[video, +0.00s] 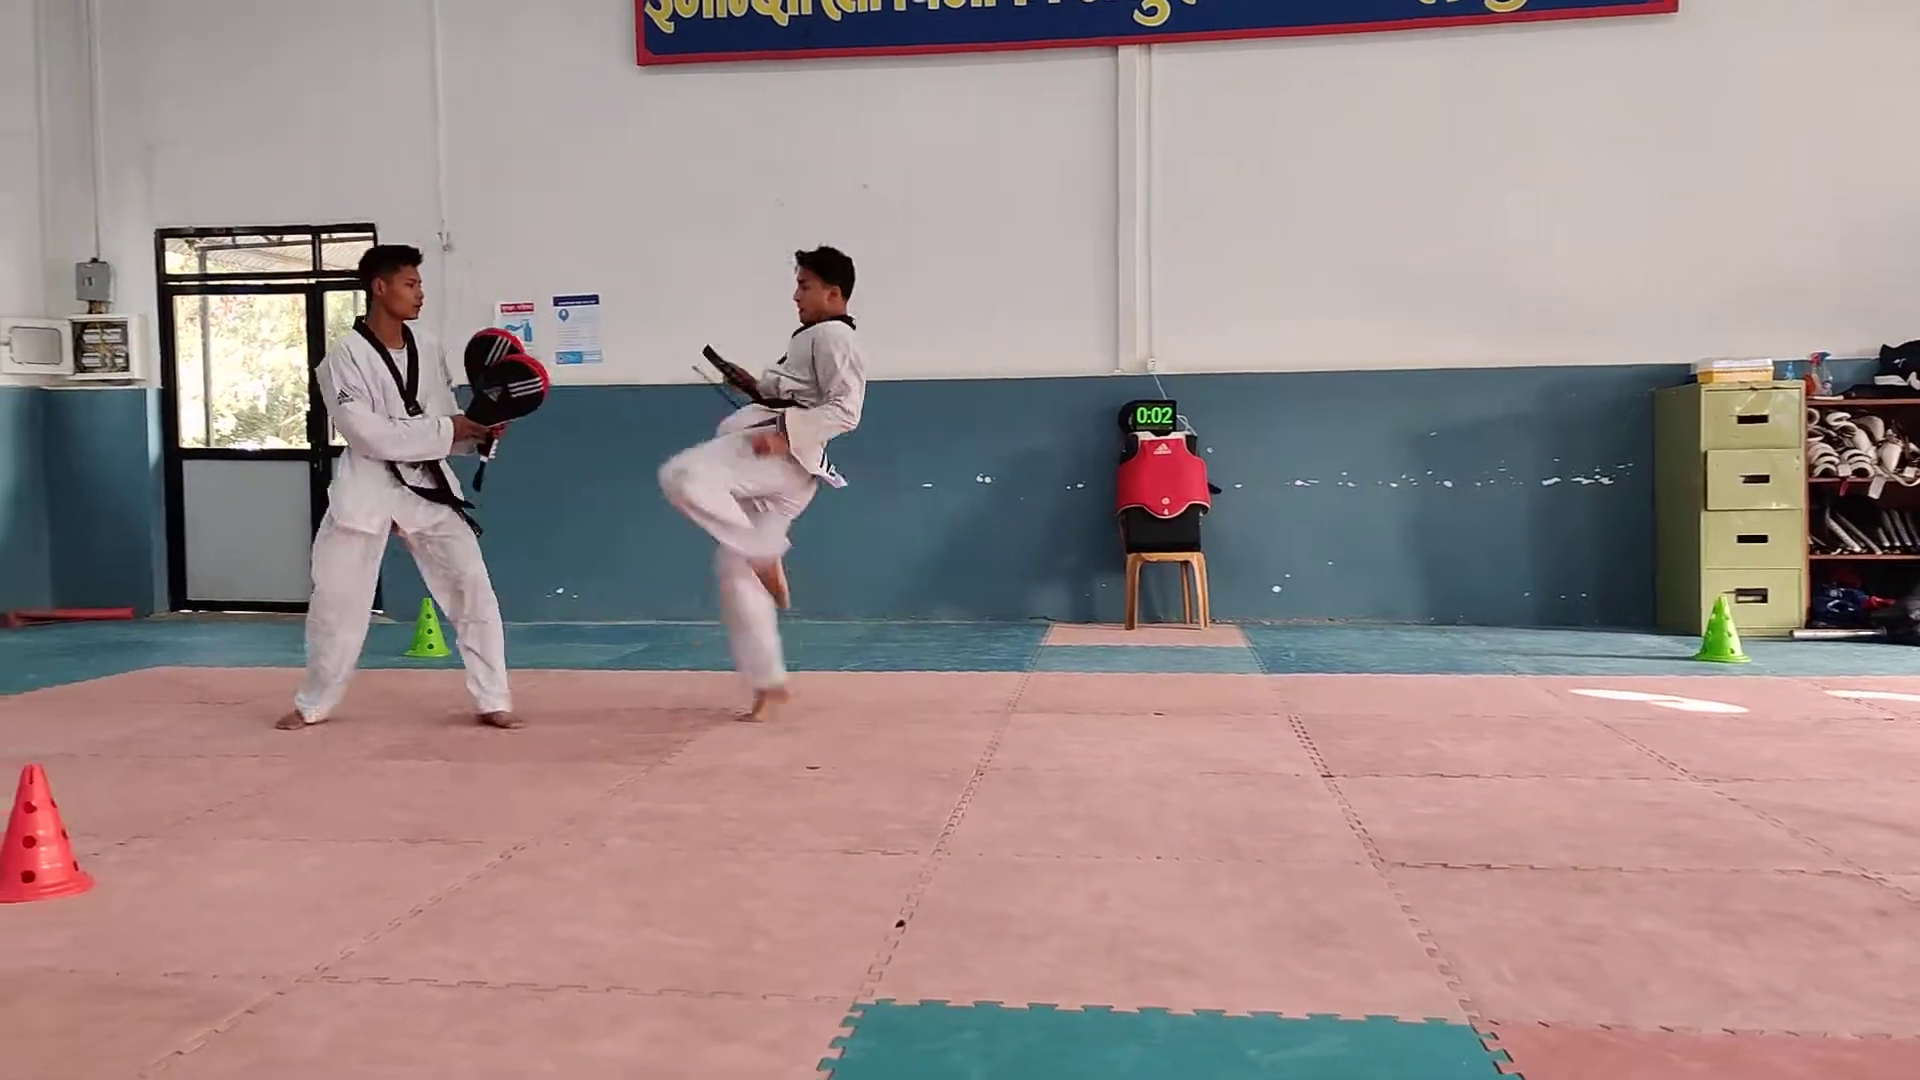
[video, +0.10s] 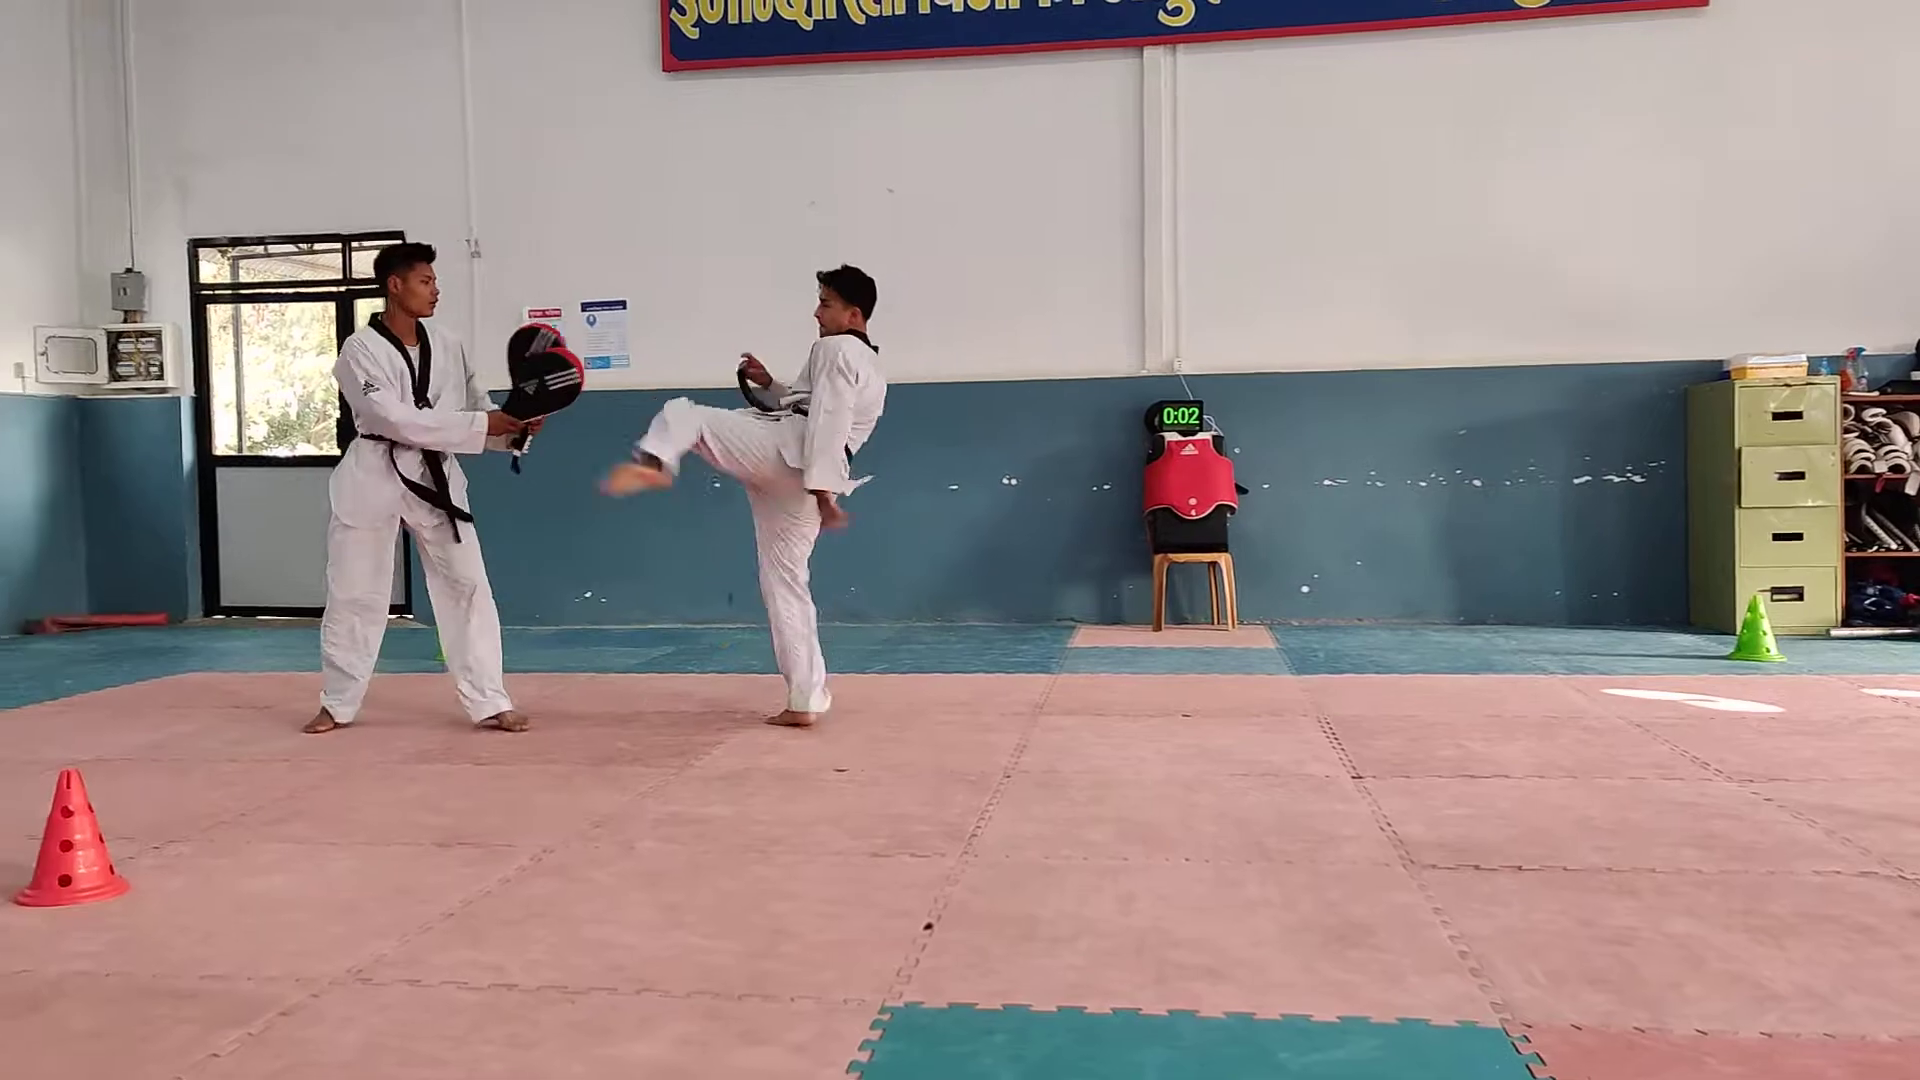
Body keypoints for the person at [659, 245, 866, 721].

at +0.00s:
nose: (797, 294)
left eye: (805, 286)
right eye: (797, 285)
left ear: (835, 292)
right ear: (827, 292)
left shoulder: (832, 336)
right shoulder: (813, 337)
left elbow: (846, 412)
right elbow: (796, 397)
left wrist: (787, 436)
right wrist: (755, 386)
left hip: (780, 454)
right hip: (789, 470)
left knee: (683, 477)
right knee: (738, 568)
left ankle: (762, 553)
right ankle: (769, 681)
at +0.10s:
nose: (817, 311)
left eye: (826, 303)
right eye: (820, 301)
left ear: (853, 312)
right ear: (857, 313)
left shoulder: (837, 349)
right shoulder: (864, 363)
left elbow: (831, 417)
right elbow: (804, 411)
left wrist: (823, 485)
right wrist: (766, 388)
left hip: (787, 447)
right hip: (808, 478)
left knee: (685, 412)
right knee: (785, 583)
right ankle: (805, 698)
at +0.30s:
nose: (842, 311)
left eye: (850, 304)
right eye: (845, 302)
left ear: (876, 313)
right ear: (879, 315)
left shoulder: (857, 346)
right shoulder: (897, 374)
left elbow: (855, 407)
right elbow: (825, 414)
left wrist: (833, 467)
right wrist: (787, 380)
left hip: (807, 451)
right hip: (841, 483)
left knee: (701, 461)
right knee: (803, 594)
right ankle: (796, 701)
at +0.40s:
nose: (838, 313)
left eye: (846, 306)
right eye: (840, 304)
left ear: (872, 315)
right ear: (878, 318)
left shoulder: (852, 350)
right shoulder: (902, 378)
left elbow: (866, 403)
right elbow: (861, 429)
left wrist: (817, 461)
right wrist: (806, 417)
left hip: (815, 470)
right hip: (861, 491)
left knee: (730, 544)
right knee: (820, 599)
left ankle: (716, 644)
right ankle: (810, 705)